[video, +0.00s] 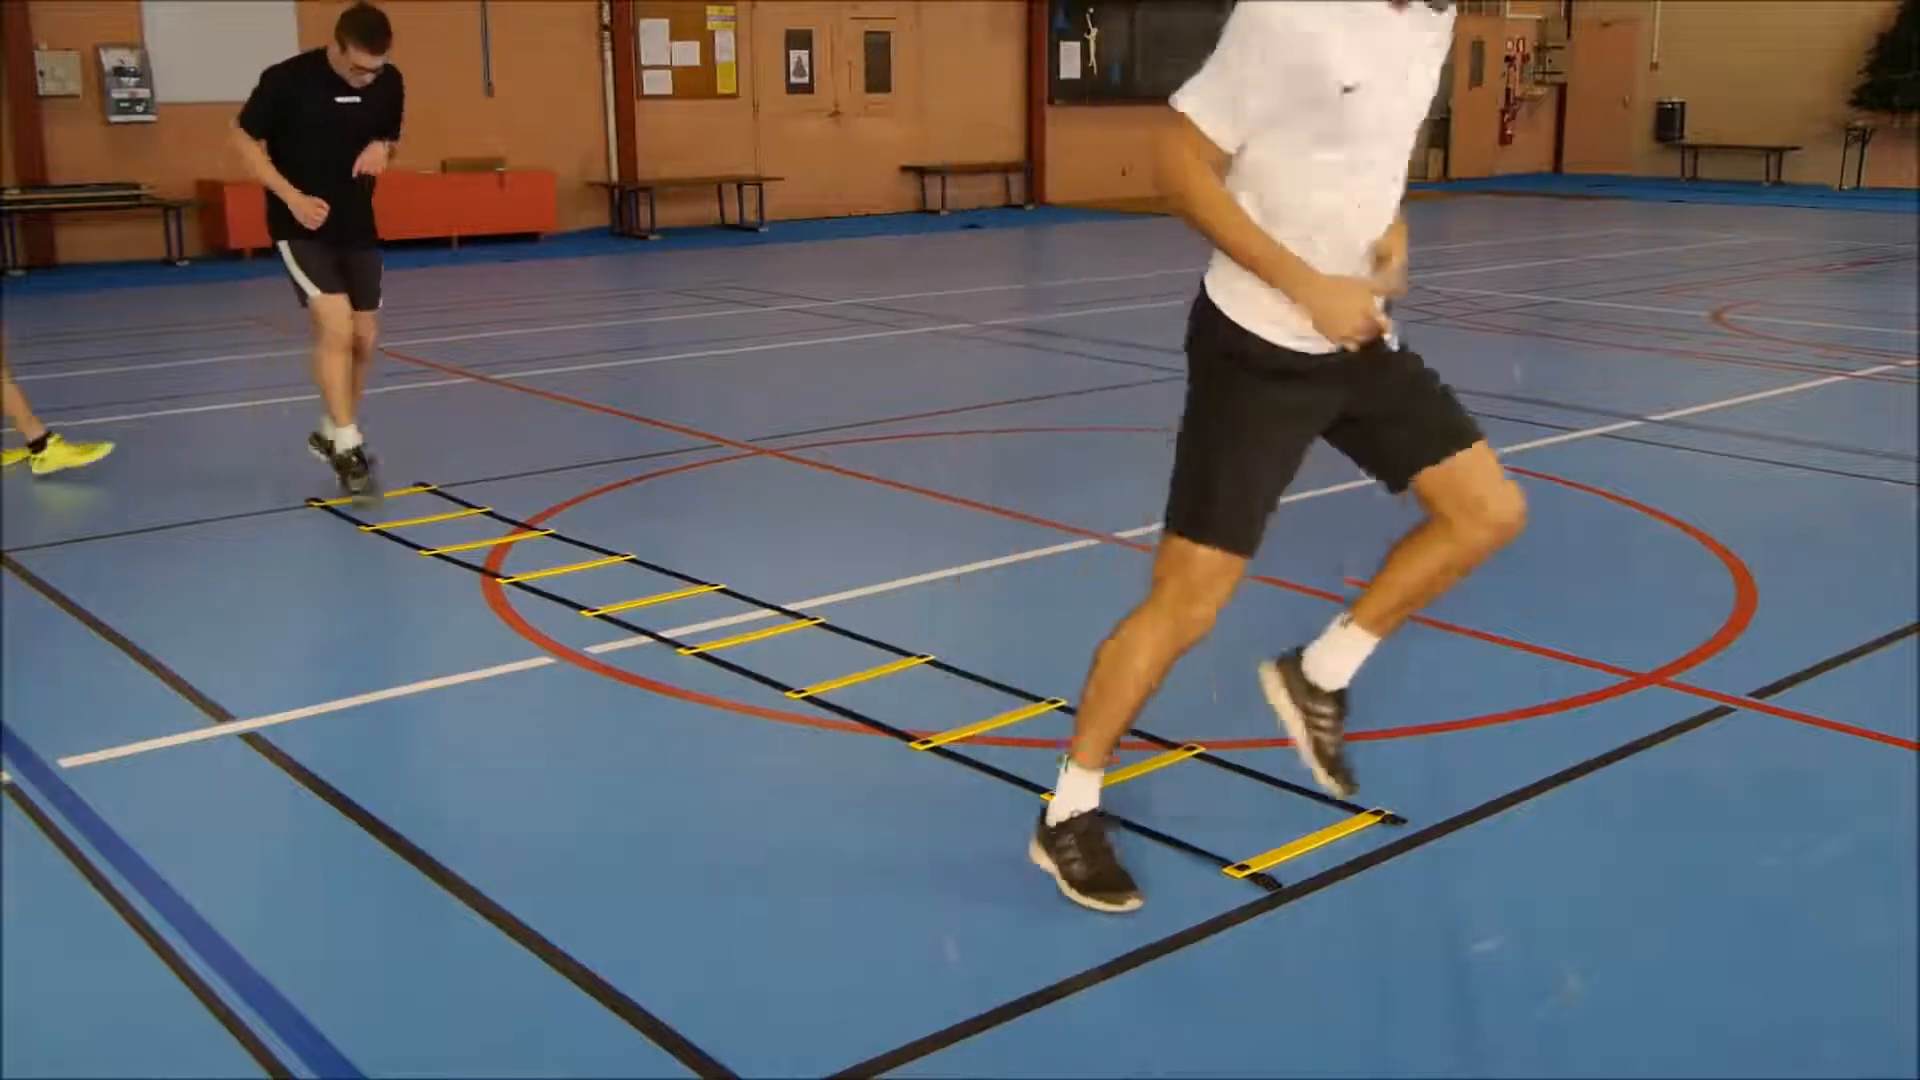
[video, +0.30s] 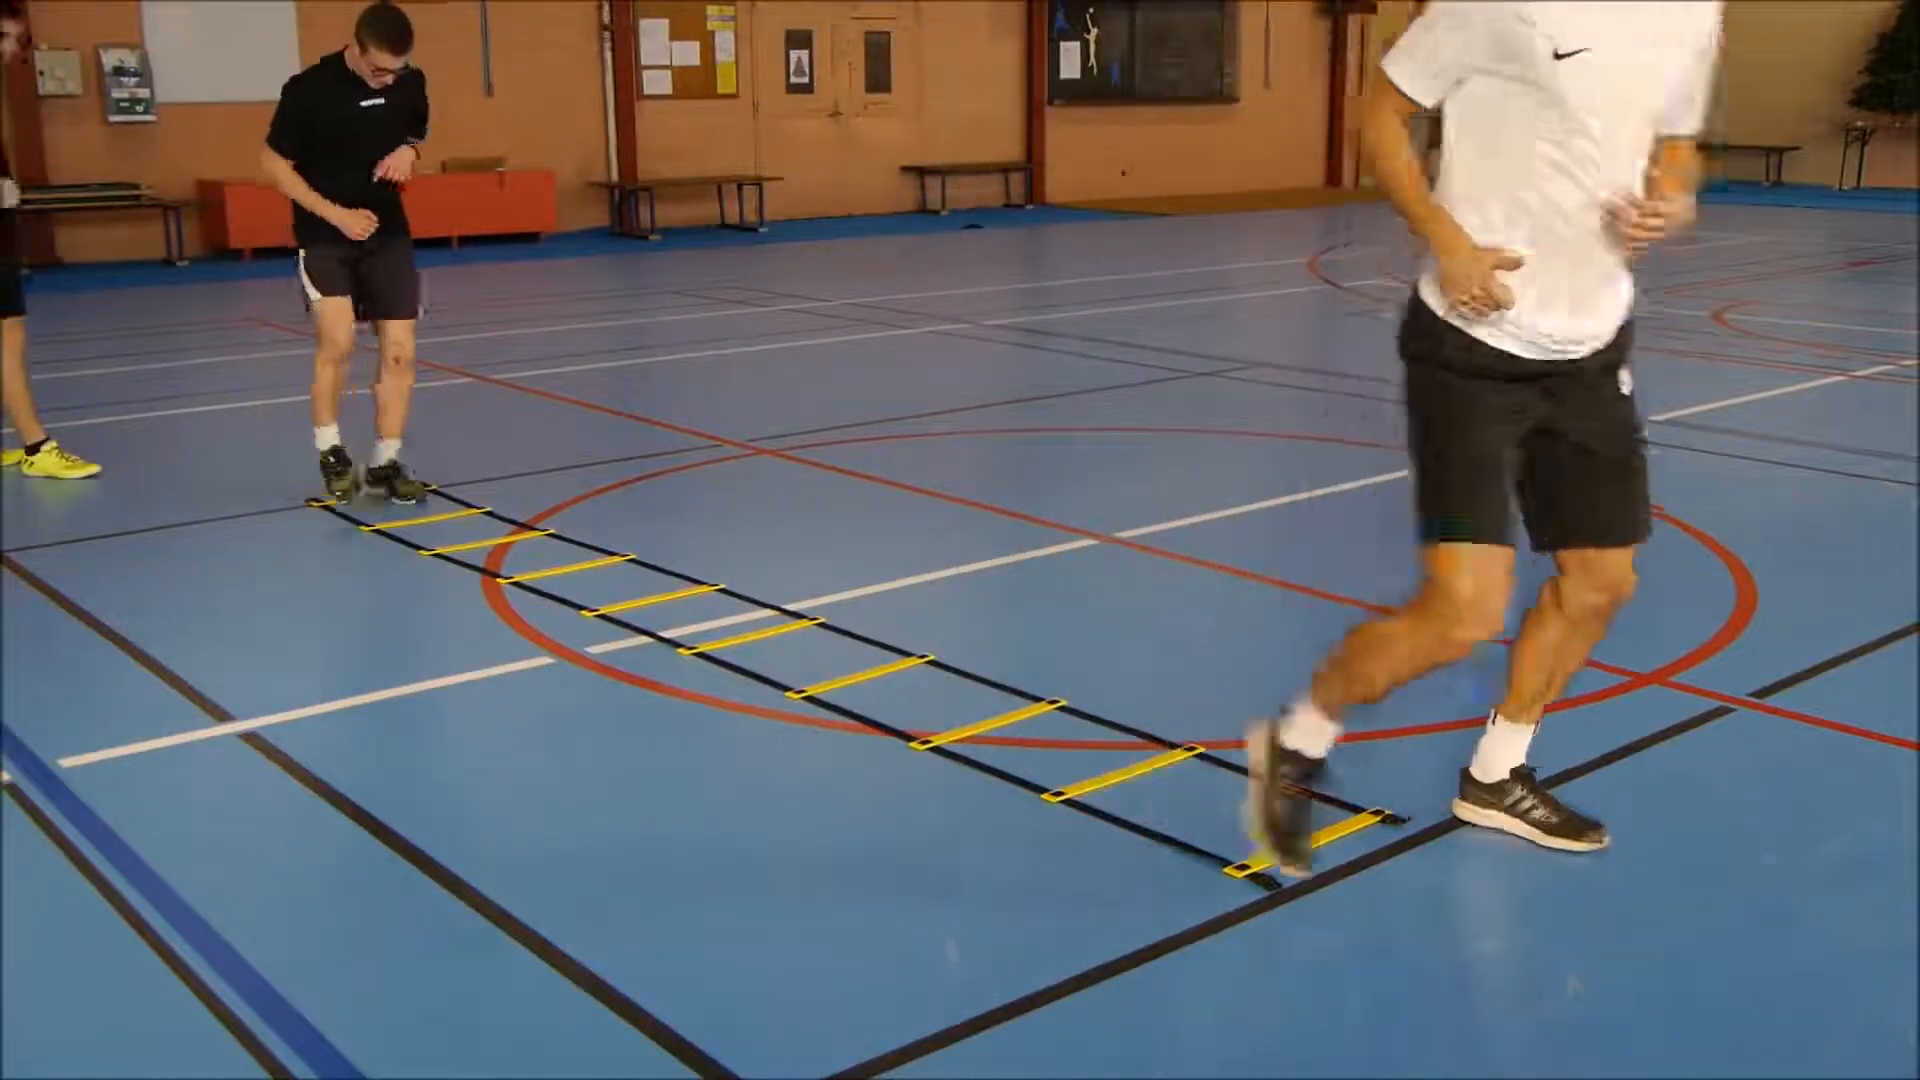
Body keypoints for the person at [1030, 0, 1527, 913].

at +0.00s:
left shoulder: (1436, 19)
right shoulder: (1284, 18)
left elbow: (1362, 142)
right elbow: (1178, 163)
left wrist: (1386, 224)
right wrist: (1306, 284)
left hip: (1357, 340)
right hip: (1253, 343)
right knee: (1189, 598)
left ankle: (1319, 675)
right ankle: (1070, 808)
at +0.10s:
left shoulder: (1473, 25)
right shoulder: (1350, 23)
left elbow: (1394, 161)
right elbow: (1248, 181)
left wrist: (1446, 235)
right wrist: (1384, 299)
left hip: (1403, 343)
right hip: (1299, 346)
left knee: (1544, 510)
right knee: (1210, 596)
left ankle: (1414, 702)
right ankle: (1074, 803)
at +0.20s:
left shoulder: (1602, 9)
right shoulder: (1433, 6)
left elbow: (1511, 140)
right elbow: (1321, 119)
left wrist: (1562, 198)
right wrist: (1434, 242)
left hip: (1515, 337)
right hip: (1400, 327)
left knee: (1558, 567)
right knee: (1332, 596)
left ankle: (1487, 779)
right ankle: (1159, 763)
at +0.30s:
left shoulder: (1696, 11)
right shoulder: (1495, 10)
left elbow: (1677, 147)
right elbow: (1378, 112)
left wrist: (1666, 203)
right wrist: (1445, 240)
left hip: (1588, 346)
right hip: (1469, 339)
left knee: (1600, 576)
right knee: (1464, 611)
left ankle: (1494, 775)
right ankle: (1294, 738)